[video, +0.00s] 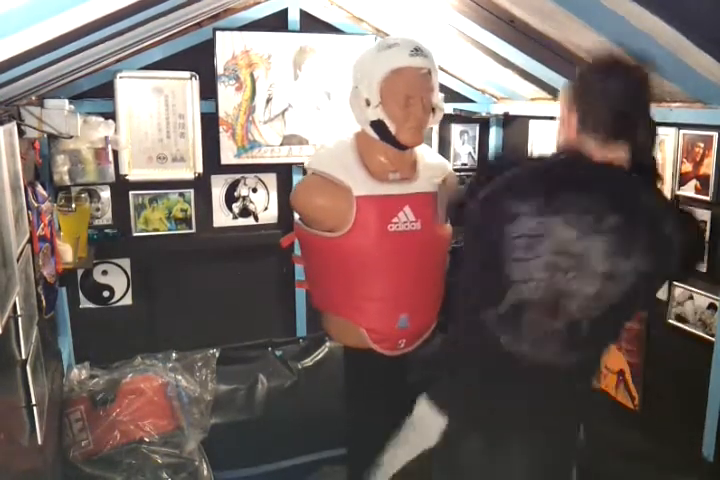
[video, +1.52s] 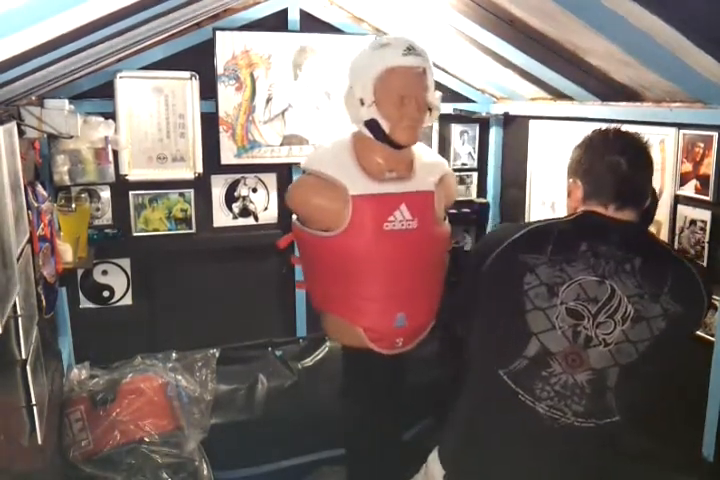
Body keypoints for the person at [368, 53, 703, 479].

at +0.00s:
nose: (557, 123)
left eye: (560, 110)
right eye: (561, 111)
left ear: (572, 116)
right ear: (639, 124)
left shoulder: (512, 192)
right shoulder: (661, 224)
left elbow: (465, 306)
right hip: (563, 400)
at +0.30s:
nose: (530, 168)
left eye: (532, 159)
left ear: (540, 166)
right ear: (607, 171)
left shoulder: (477, 231)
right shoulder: (643, 256)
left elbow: (424, 322)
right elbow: (620, 356)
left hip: (471, 444)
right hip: (566, 451)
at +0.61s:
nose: (542, 199)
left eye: (542, 191)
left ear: (550, 196)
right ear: (618, 208)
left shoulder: (484, 245)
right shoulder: (651, 280)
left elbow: (449, 341)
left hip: (463, 448)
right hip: (567, 461)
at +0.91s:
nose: (549, 197)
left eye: (549, 189)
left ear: (557, 194)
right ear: (627, 206)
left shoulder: (491, 247)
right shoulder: (664, 282)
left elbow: (446, 344)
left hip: (476, 451)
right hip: (586, 459)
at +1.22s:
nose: (559, 196)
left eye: (559, 187)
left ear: (567, 190)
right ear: (639, 202)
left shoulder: (499, 243)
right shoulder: (682, 280)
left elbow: (462, 343)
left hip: (489, 457)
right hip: (613, 465)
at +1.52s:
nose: (567, 197)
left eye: (567, 188)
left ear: (576, 193)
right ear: (650, 205)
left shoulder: (506, 246)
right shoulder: (687, 285)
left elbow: (452, 348)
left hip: (490, 459)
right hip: (616, 467)